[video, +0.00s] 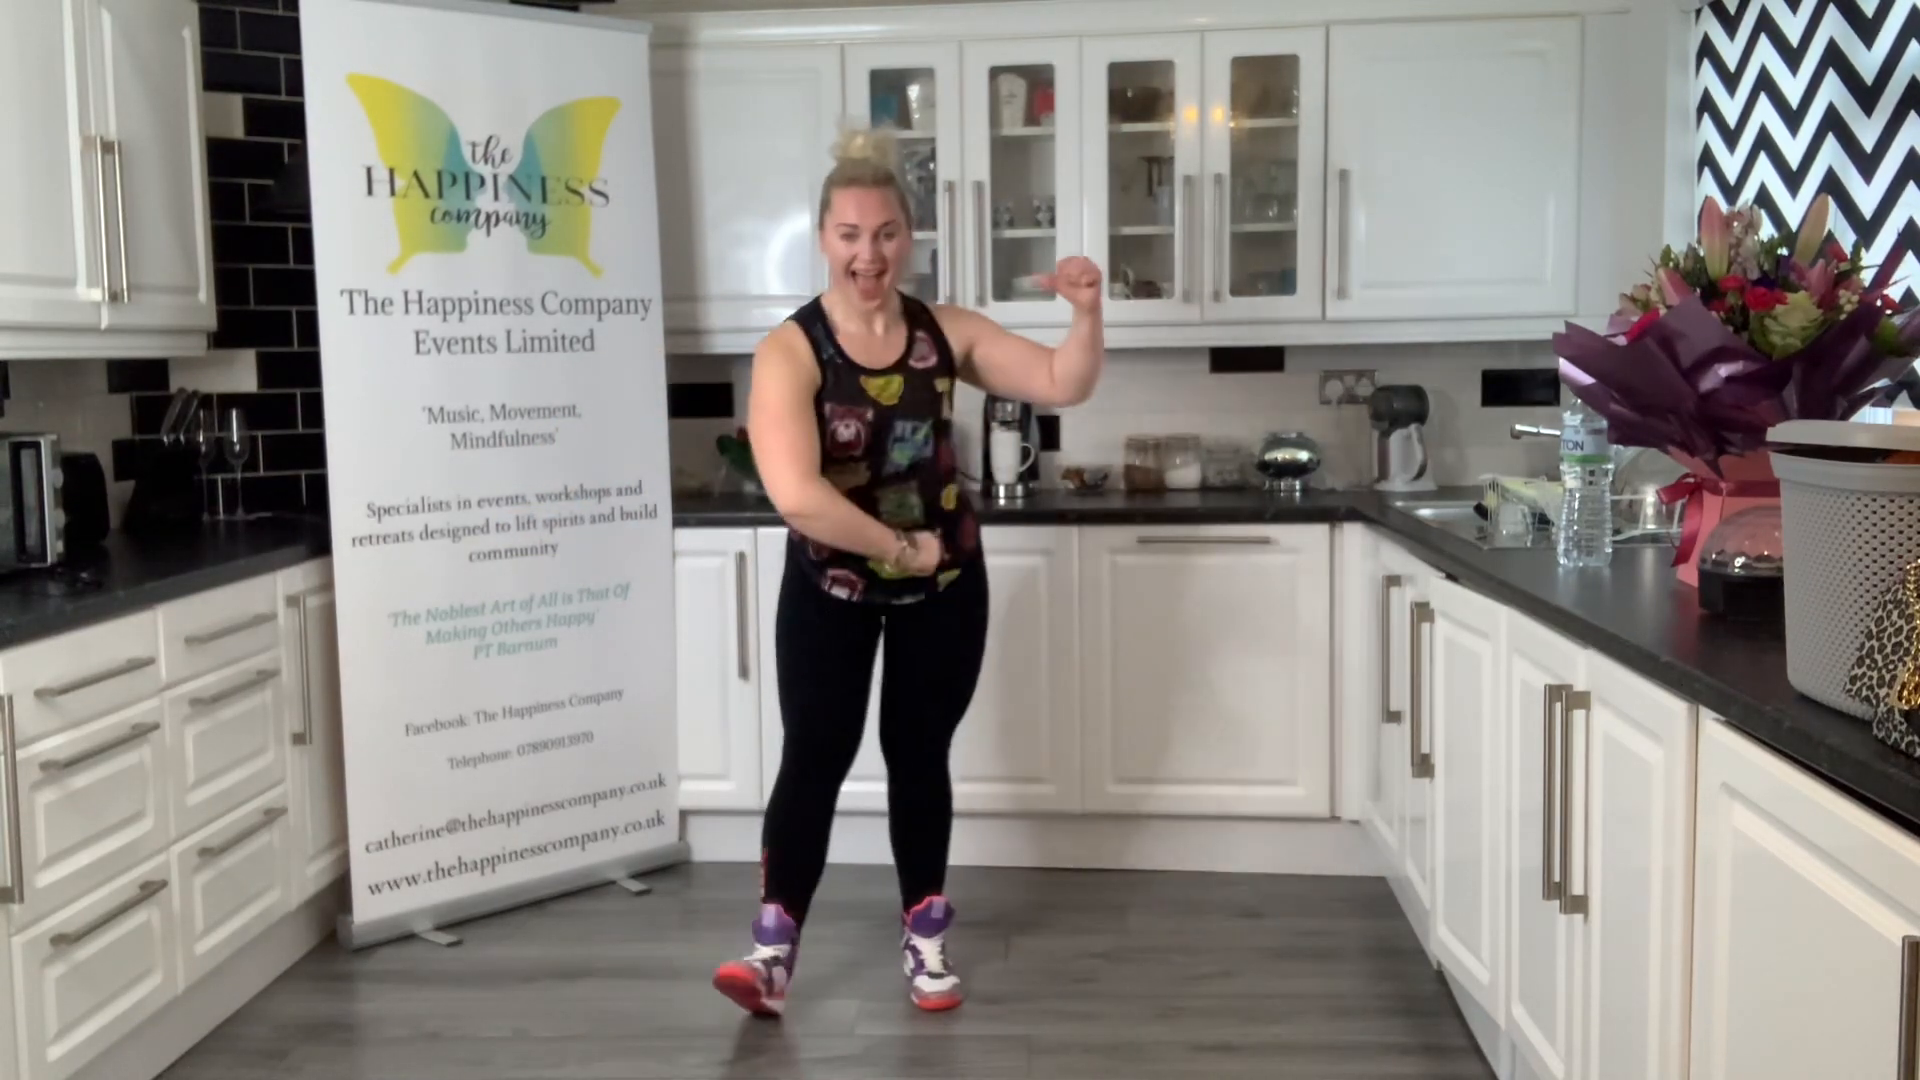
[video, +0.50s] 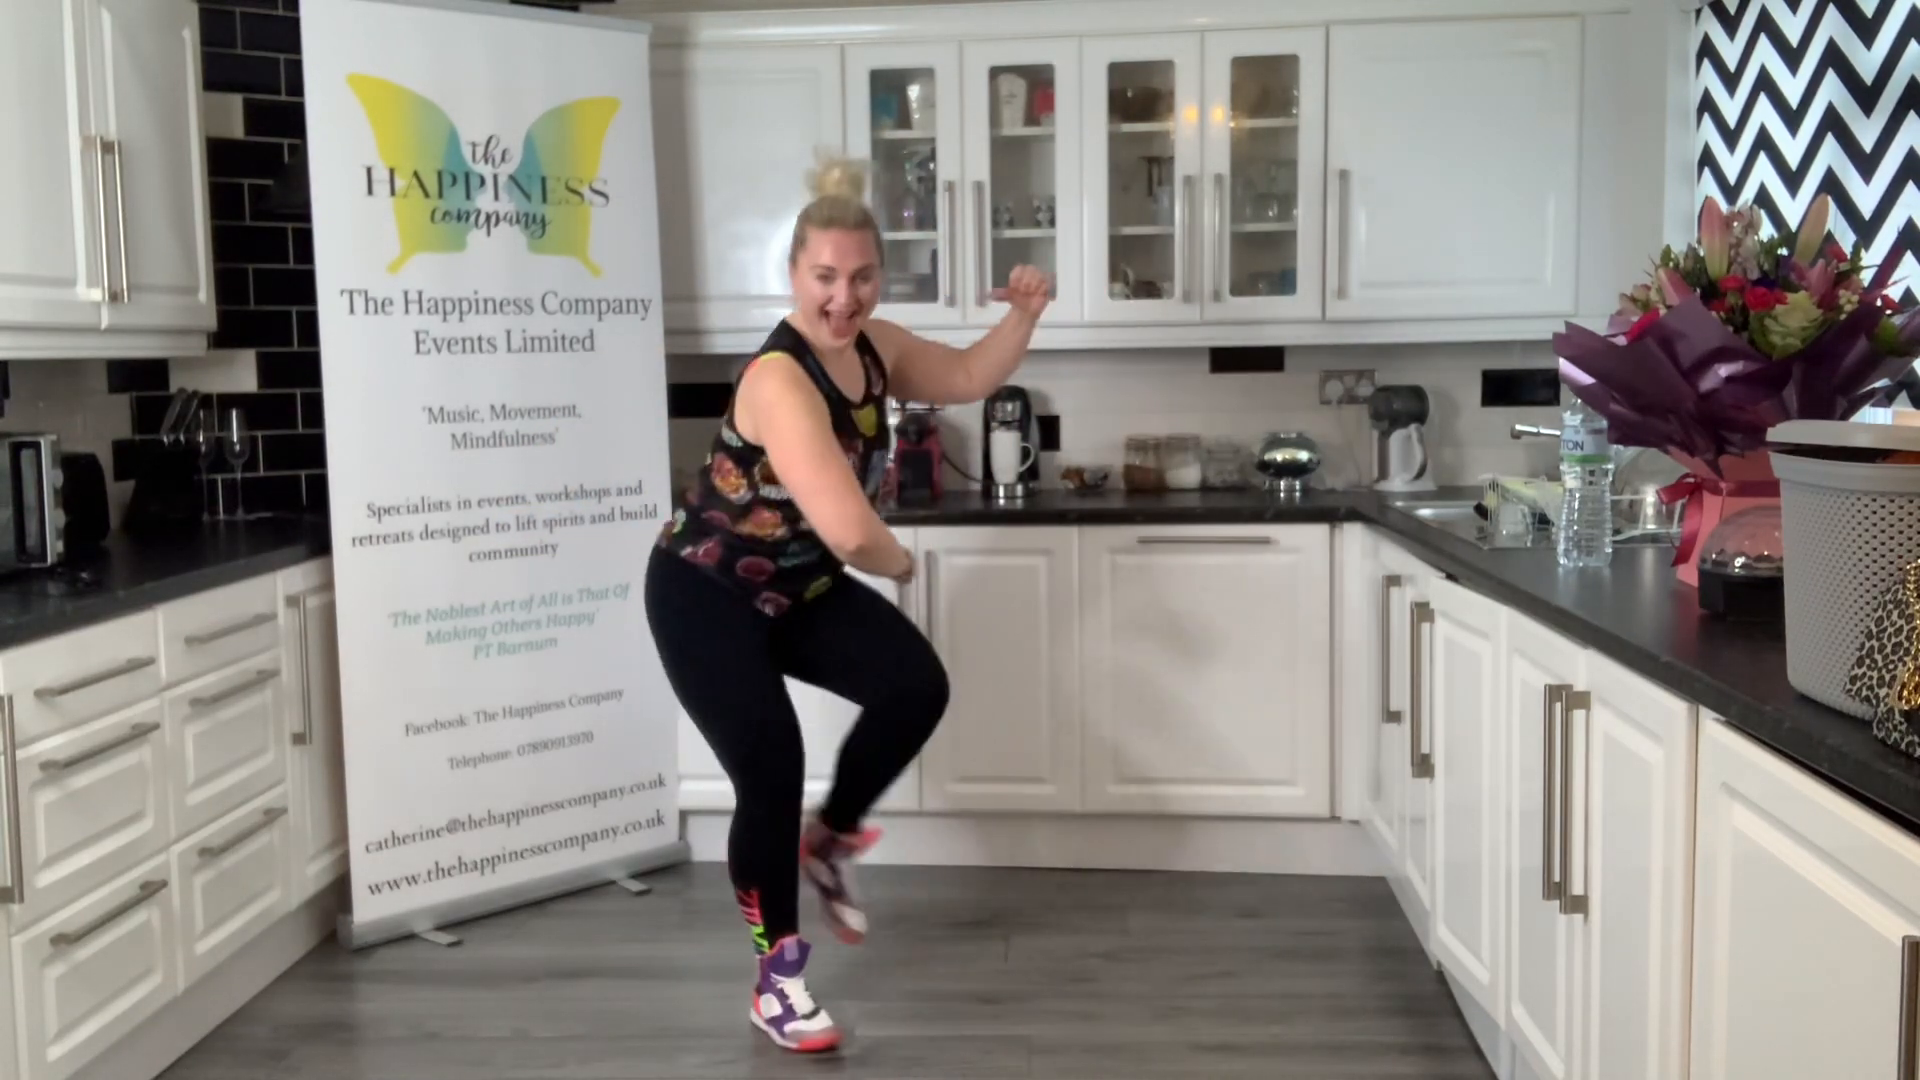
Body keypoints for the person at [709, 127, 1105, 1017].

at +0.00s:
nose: (867, 254)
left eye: (885, 234)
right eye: (848, 235)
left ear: (910, 237)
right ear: (822, 238)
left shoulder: (947, 329)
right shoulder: (788, 353)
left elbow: (1064, 384)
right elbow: (794, 495)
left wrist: (1088, 313)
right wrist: (901, 547)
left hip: (941, 585)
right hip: (830, 587)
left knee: (920, 755)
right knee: (814, 756)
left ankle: (925, 940)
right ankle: (773, 946)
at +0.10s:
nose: (868, 254)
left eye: (886, 235)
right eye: (850, 236)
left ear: (910, 237)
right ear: (824, 239)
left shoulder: (946, 327)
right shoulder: (799, 355)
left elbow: (1050, 381)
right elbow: (809, 505)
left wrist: (1089, 318)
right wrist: (911, 558)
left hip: (922, 593)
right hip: (817, 590)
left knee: (903, 764)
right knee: (807, 768)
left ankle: (920, 941)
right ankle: (776, 947)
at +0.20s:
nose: (866, 249)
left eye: (883, 230)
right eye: (847, 231)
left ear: (906, 230)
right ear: (819, 232)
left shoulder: (930, 316)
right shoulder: (803, 346)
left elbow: (1035, 363)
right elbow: (830, 499)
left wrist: (1078, 300)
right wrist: (922, 550)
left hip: (902, 579)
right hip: (806, 581)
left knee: (893, 763)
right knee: (805, 767)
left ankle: (918, 942)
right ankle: (779, 958)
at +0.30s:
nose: (855, 244)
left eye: (872, 224)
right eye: (836, 225)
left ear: (893, 226)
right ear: (807, 228)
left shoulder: (908, 310)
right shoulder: (795, 339)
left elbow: (1014, 351)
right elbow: (845, 494)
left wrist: (1060, 283)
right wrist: (923, 536)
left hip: (875, 569)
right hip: (783, 575)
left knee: (890, 762)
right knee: (798, 763)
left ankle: (917, 937)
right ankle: (780, 963)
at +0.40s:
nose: (851, 257)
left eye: (868, 238)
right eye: (831, 239)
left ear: (886, 239)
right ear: (800, 241)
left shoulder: (890, 321)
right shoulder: (787, 353)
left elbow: (984, 357)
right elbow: (857, 506)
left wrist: (1037, 295)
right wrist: (915, 540)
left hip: (832, 568)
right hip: (739, 575)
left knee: (909, 723)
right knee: (777, 759)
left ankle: (916, 917)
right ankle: (777, 971)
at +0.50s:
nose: (843, 293)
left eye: (860, 275)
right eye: (825, 274)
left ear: (880, 274)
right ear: (793, 273)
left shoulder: (876, 344)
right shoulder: (779, 379)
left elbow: (966, 378)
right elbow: (853, 535)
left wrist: (1024, 314)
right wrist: (898, 562)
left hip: (800, 585)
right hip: (706, 589)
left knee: (915, 686)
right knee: (770, 771)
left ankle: (826, 841)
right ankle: (778, 975)